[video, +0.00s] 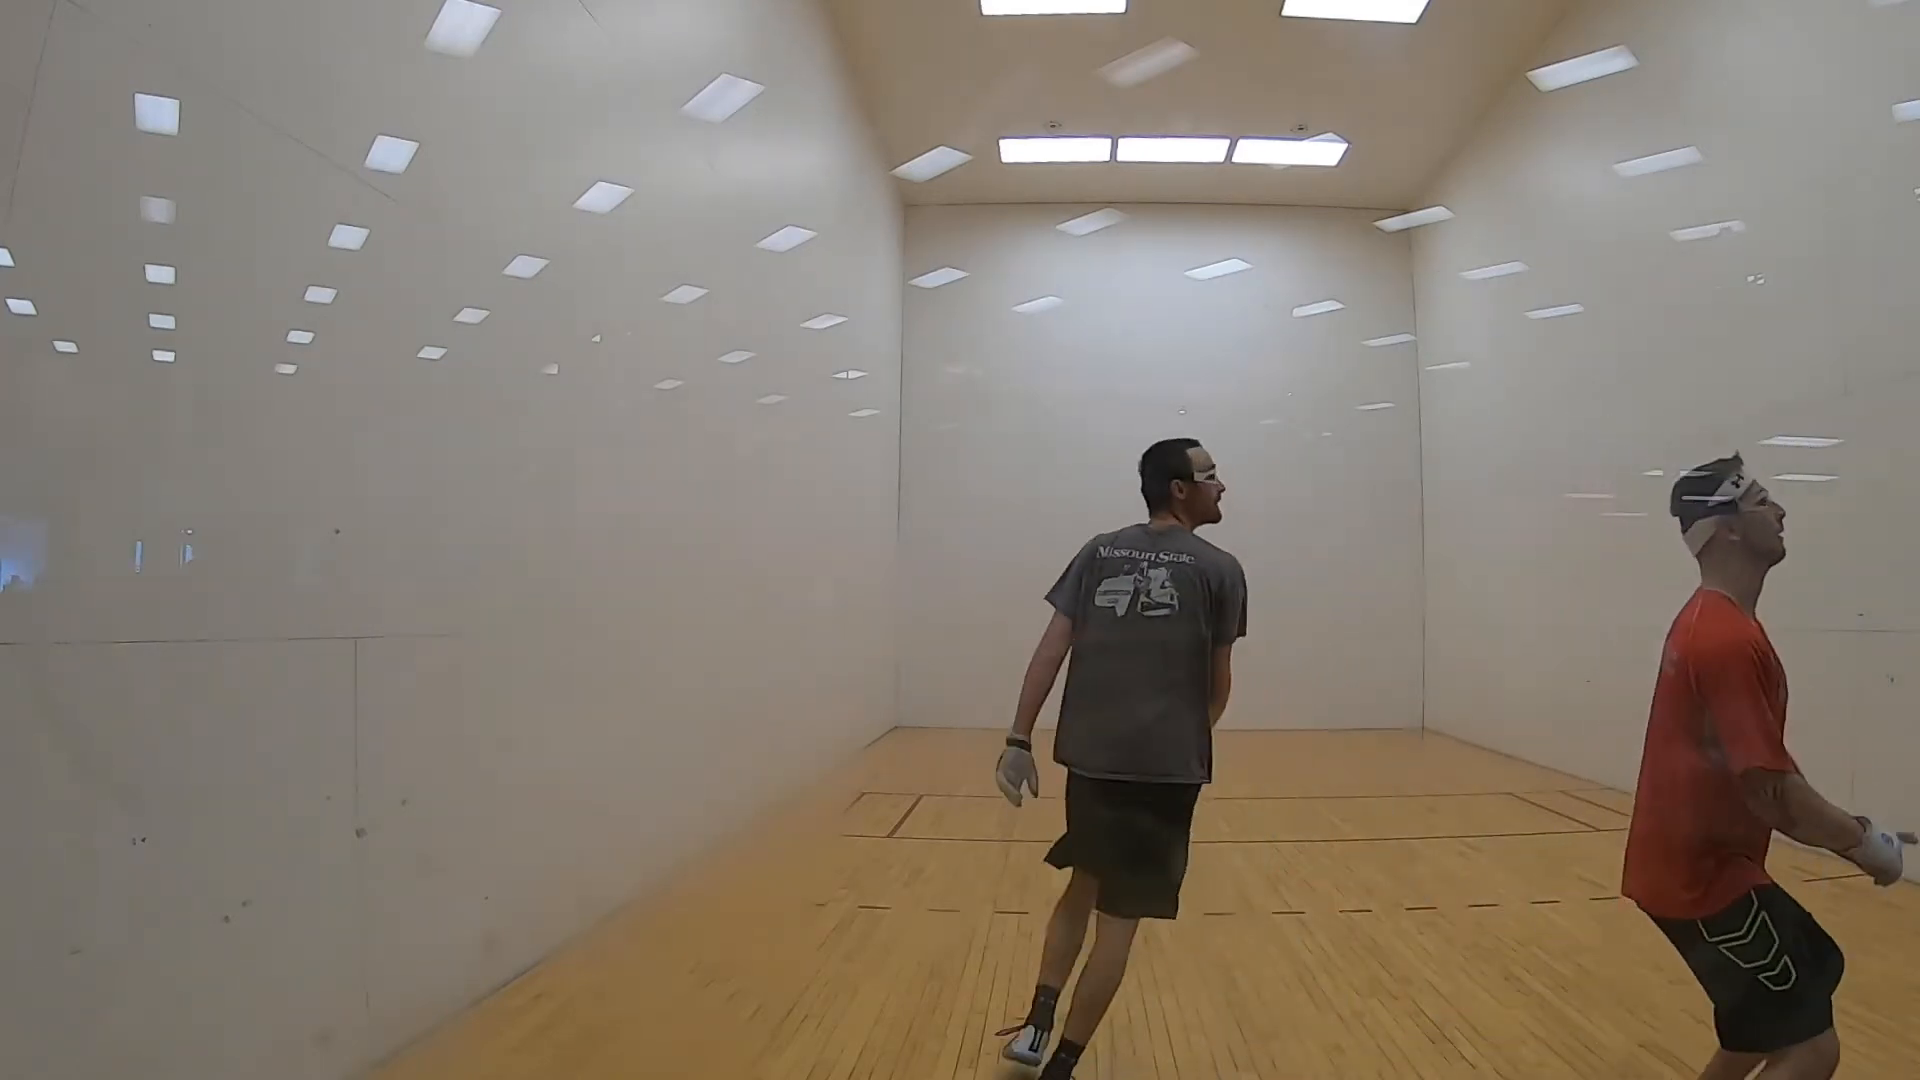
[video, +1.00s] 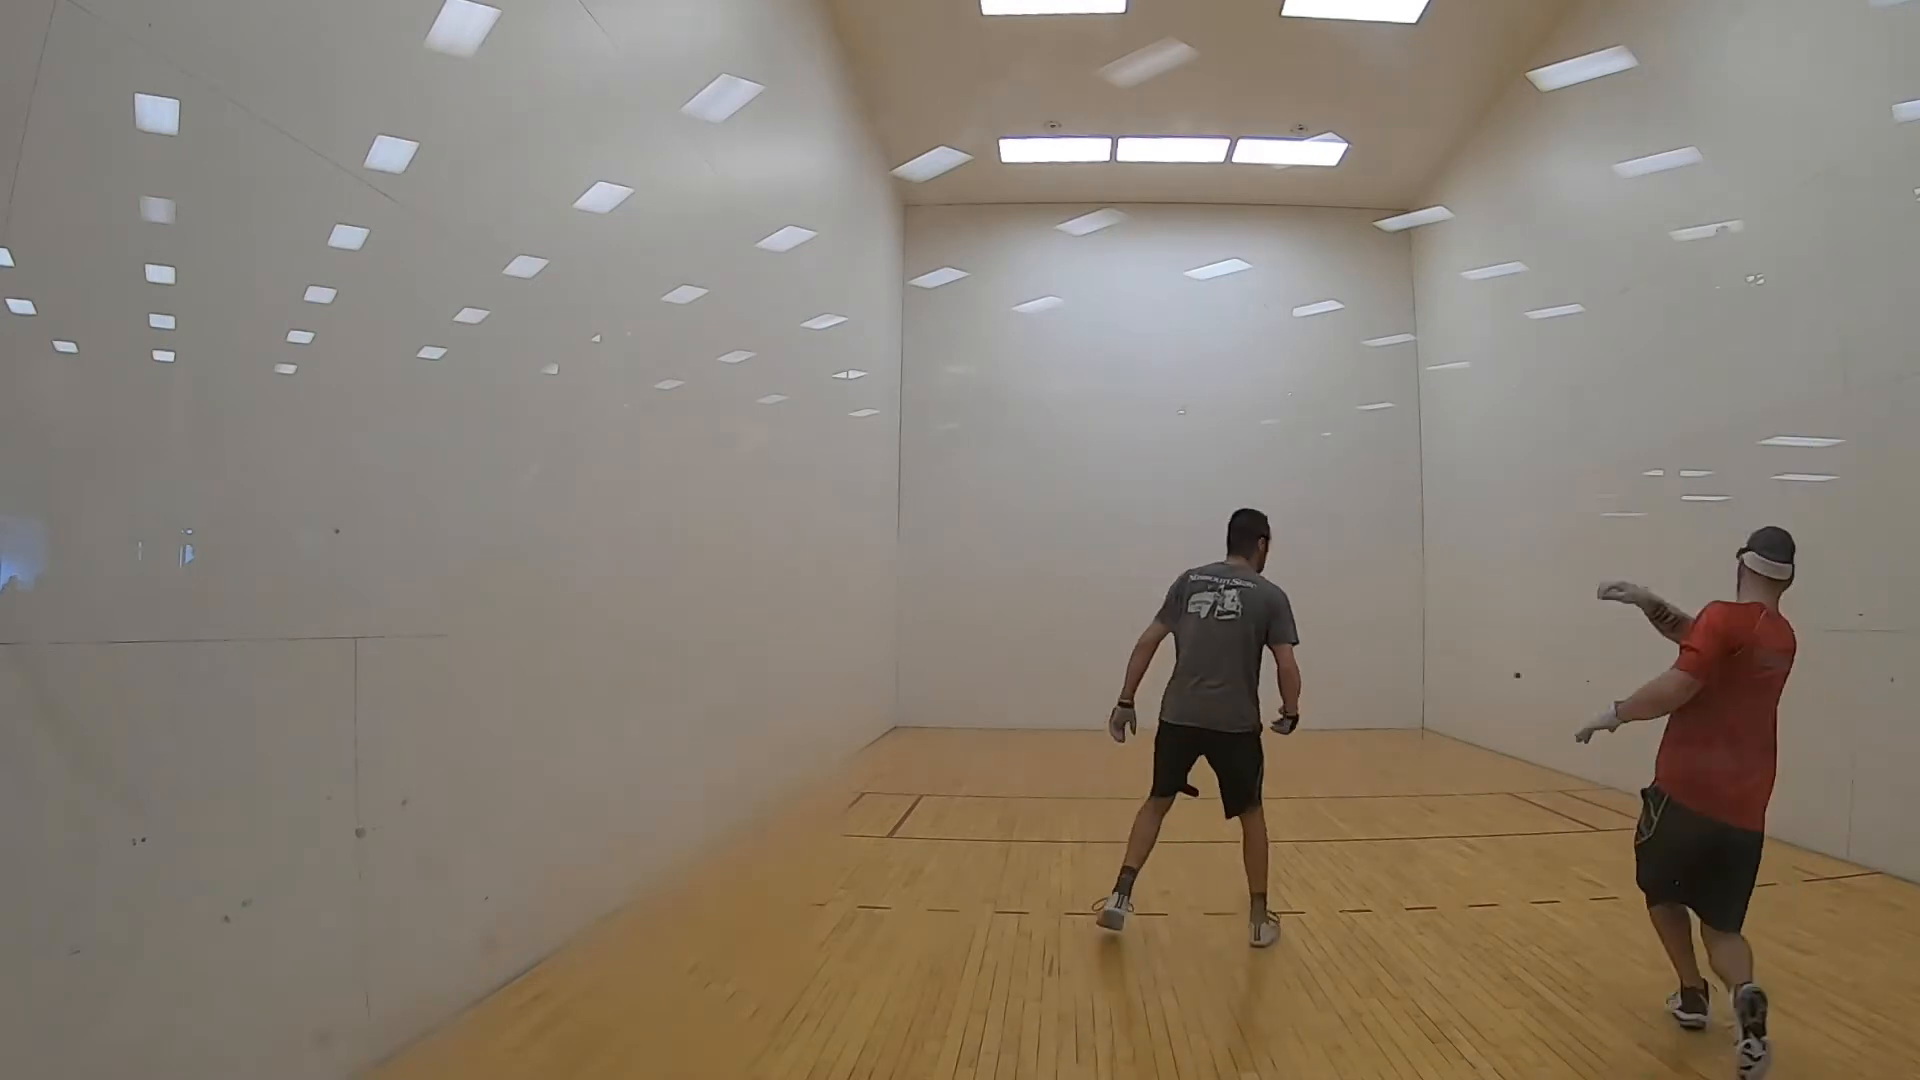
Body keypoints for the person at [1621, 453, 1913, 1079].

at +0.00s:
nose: (1778, 510)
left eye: (1768, 497)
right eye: (1759, 501)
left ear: (1725, 533)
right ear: (1724, 528)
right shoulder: (1726, 636)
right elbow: (1770, 790)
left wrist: (1848, 832)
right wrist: (1863, 845)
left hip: (1684, 865)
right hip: (1701, 877)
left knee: (1754, 1030)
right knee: (1812, 1052)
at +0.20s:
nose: (1818, 484)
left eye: (1808, 474)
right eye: (1801, 475)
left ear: (1769, 503)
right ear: (1769, 499)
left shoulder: (1786, 598)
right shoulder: (1744, 605)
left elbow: (1809, 711)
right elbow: (1732, 735)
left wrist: (1836, 788)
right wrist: (1830, 799)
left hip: (1749, 829)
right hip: (1719, 838)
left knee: (1819, 934)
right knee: (1780, 1021)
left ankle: (1768, 1061)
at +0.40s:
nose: (1836, 488)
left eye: (1829, 477)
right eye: (1823, 479)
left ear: (1787, 500)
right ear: (1792, 498)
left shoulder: (1791, 576)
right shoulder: (1756, 564)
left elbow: (1857, 656)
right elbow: (1768, 606)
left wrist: (1908, 702)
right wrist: (1875, 618)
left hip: (1708, 778)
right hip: (1691, 784)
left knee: (1735, 933)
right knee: (1764, 950)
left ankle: (1731, 1060)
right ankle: (1691, 1075)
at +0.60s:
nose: (1837, 578)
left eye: (1831, 570)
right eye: (1829, 572)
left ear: (1787, 589)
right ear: (1812, 583)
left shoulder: (1790, 651)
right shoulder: (1760, 638)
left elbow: (1762, 708)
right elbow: (1786, 601)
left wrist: (1796, 726)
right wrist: (1891, 607)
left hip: (1633, 799)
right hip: (1666, 829)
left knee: (1665, 904)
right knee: (1743, 976)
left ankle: (1670, 999)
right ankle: (1658, 1075)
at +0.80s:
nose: (1831, 641)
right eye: (1834, 633)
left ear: (1781, 609)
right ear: (1825, 637)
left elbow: (1625, 662)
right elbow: (1839, 797)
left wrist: (1597, 716)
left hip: (1628, 814)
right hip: (1692, 855)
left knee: (1675, 894)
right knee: (1704, 974)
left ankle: (1674, 997)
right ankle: (1673, 1047)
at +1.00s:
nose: (1740, 571)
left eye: (1741, 563)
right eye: (1755, 566)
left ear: (1739, 565)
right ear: (1788, 579)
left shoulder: (1721, 618)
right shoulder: (1784, 638)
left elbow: (1680, 685)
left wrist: (1616, 713)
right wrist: (1648, 602)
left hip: (1686, 792)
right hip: (1747, 806)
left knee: (1661, 887)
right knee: (1723, 919)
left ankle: (1693, 992)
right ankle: (1746, 993)